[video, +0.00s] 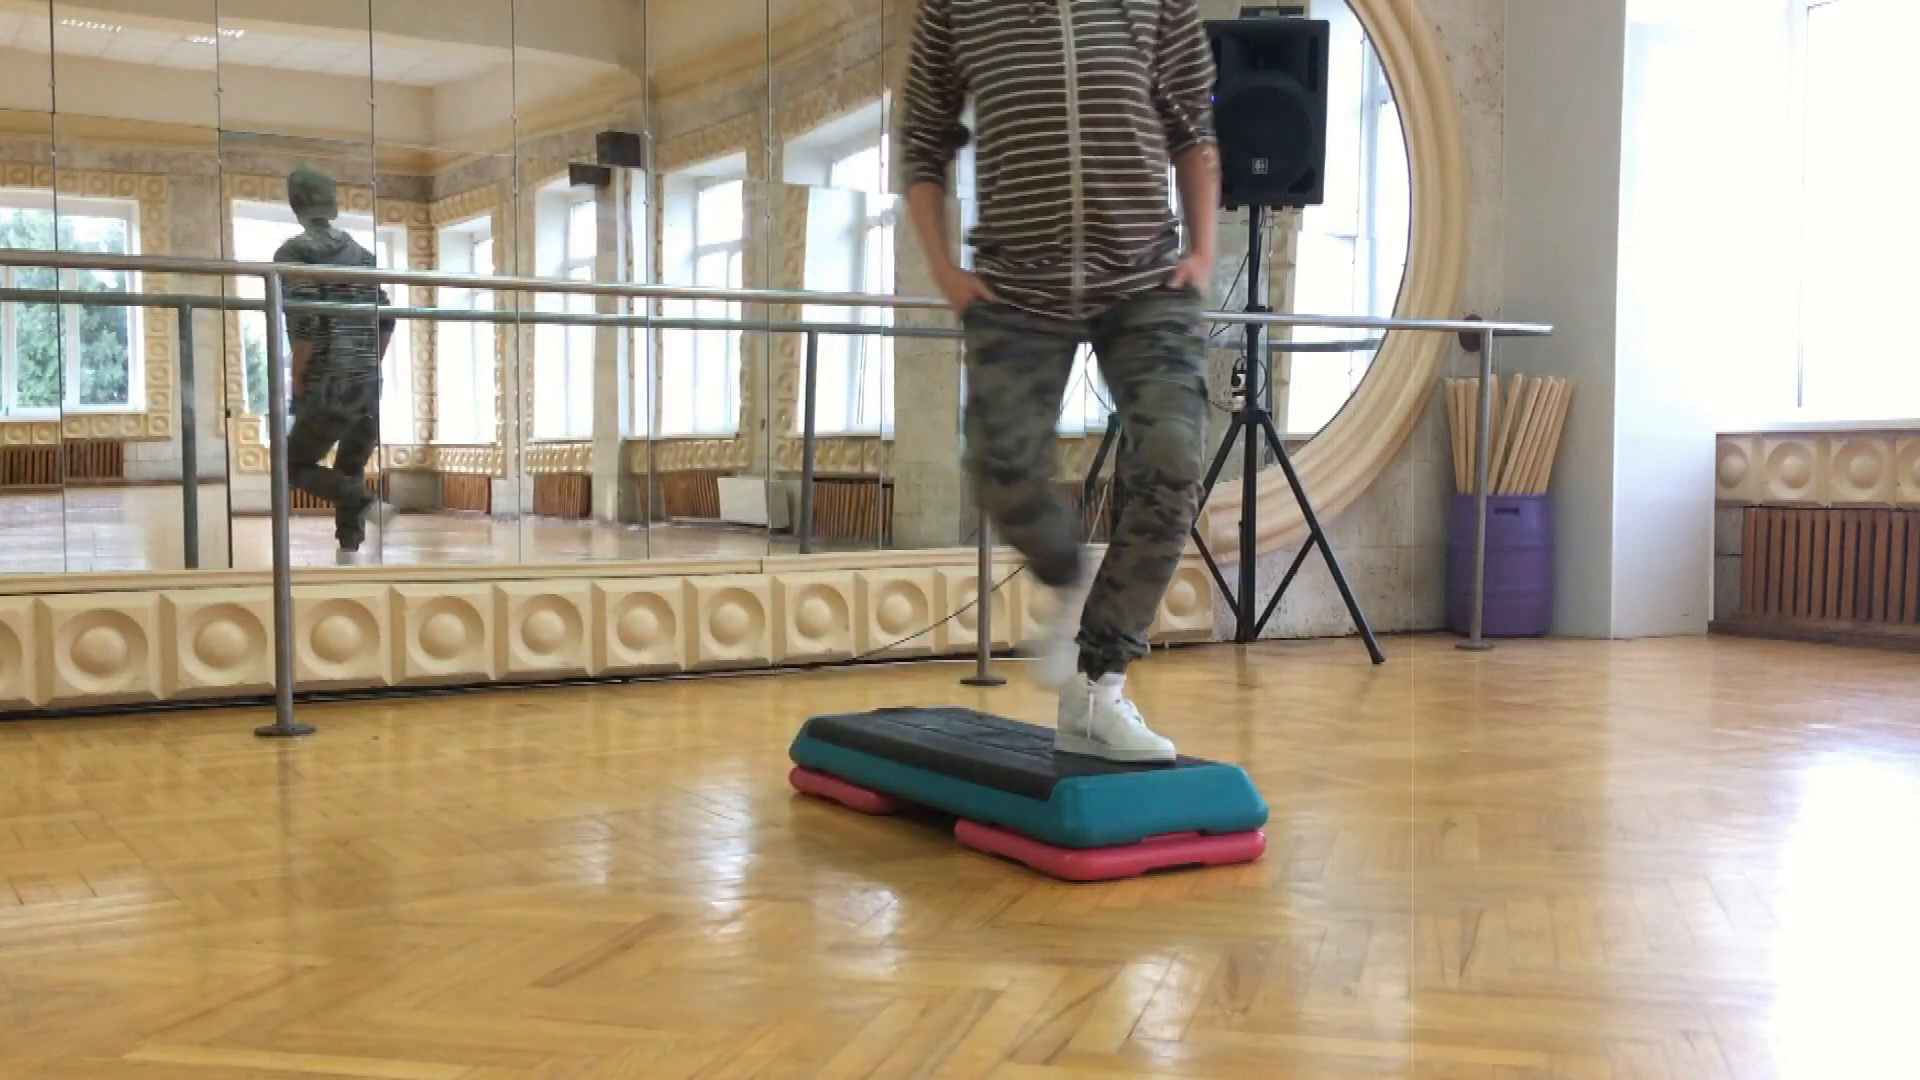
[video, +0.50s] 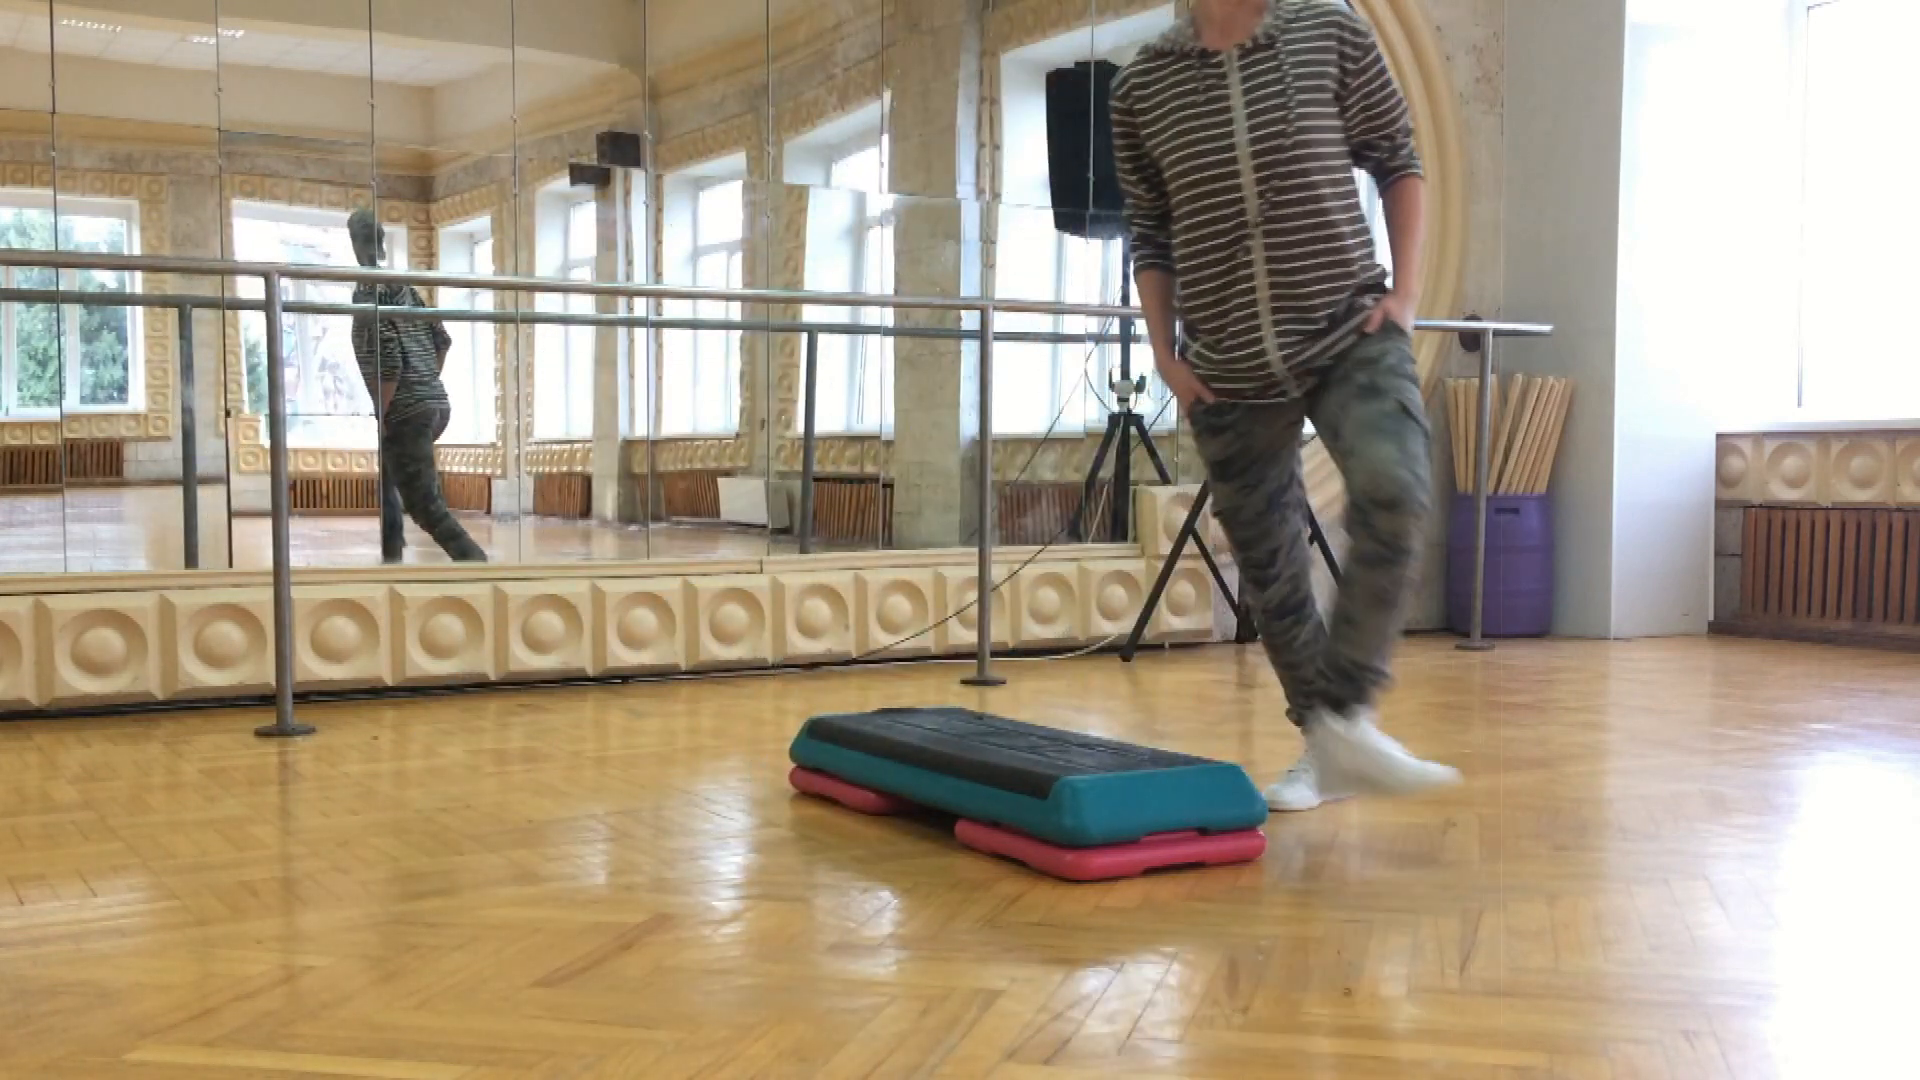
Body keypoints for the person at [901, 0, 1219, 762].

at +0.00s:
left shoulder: (1160, 7)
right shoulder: (954, 10)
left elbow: (1193, 125)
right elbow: (924, 142)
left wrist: (1201, 250)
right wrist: (946, 271)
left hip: (1148, 279)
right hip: (1015, 287)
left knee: (1170, 468)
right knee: (1004, 470)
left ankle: (1096, 686)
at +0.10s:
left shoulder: (1201, 7)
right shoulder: (993, 16)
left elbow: (1235, 130)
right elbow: (978, 162)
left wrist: (1245, 254)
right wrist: (1003, 292)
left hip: (1192, 292)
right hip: (1068, 310)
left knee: (1179, 484)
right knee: (1087, 523)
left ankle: (1094, 690)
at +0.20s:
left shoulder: (1238, 19)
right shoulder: (1038, 44)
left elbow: (1278, 145)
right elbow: (1033, 202)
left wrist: (1284, 267)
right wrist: (1062, 328)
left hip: (1237, 311)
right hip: (1122, 343)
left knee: (1191, 488)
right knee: (1203, 553)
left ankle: (1100, 690)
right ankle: (1300, 717)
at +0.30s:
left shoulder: (1270, 32)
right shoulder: (1076, 79)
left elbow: (1324, 164)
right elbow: (1084, 238)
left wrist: (1331, 285)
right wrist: (1114, 359)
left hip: (1279, 320)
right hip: (1169, 363)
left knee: (1250, 453)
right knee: (1251, 563)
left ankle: (1149, 657)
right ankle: (1326, 737)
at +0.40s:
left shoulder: (1301, 38)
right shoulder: (1111, 89)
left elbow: (1367, 163)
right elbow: (1120, 243)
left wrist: (1370, 285)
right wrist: (1141, 363)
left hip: (1318, 324)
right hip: (1204, 370)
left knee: (1331, 452)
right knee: (1254, 563)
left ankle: (1249, 638)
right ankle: (1328, 737)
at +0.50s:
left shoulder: (1332, 31)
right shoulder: (1141, 86)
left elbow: (1398, 162)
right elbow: (1147, 232)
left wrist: (1404, 291)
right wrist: (1166, 355)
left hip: (1349, 332)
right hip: (1227, 372)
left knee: (1396, 496)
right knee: (1272, 569)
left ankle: (1345, 715)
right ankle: (1324, 743)